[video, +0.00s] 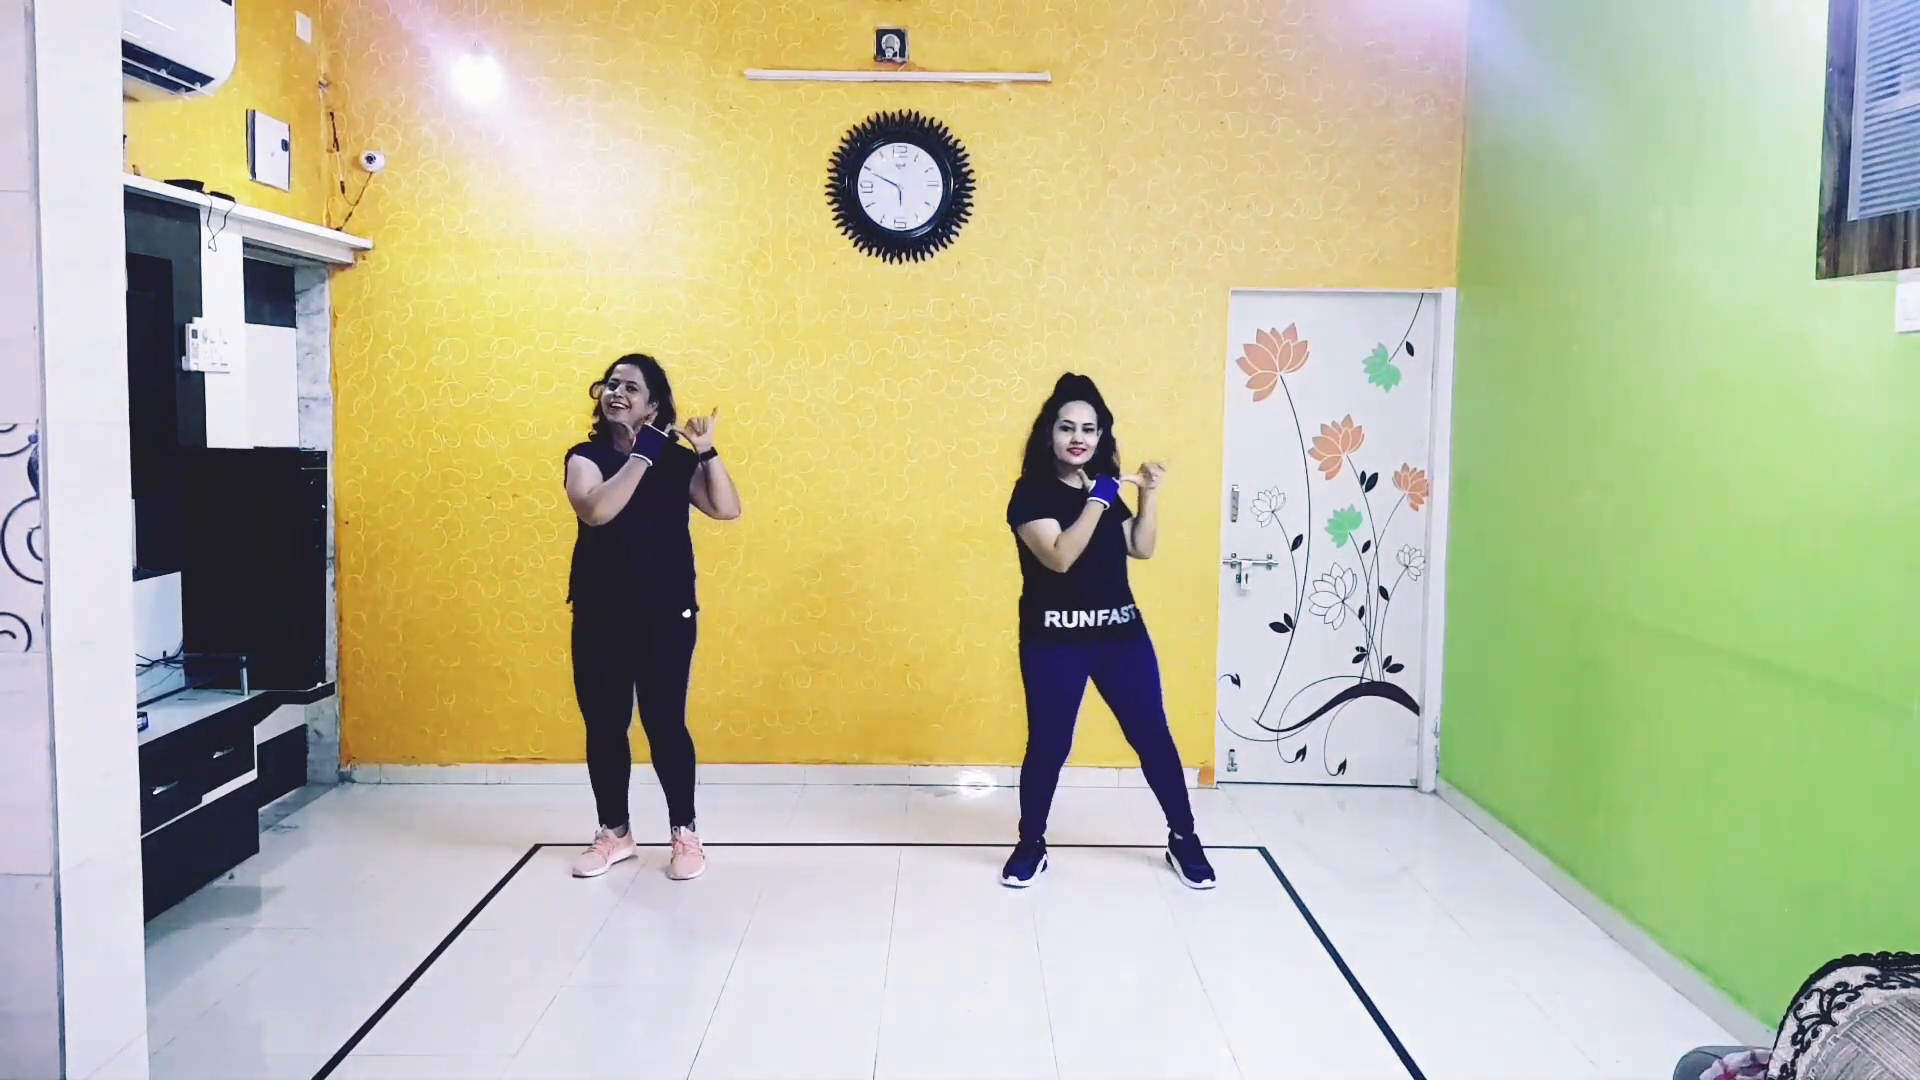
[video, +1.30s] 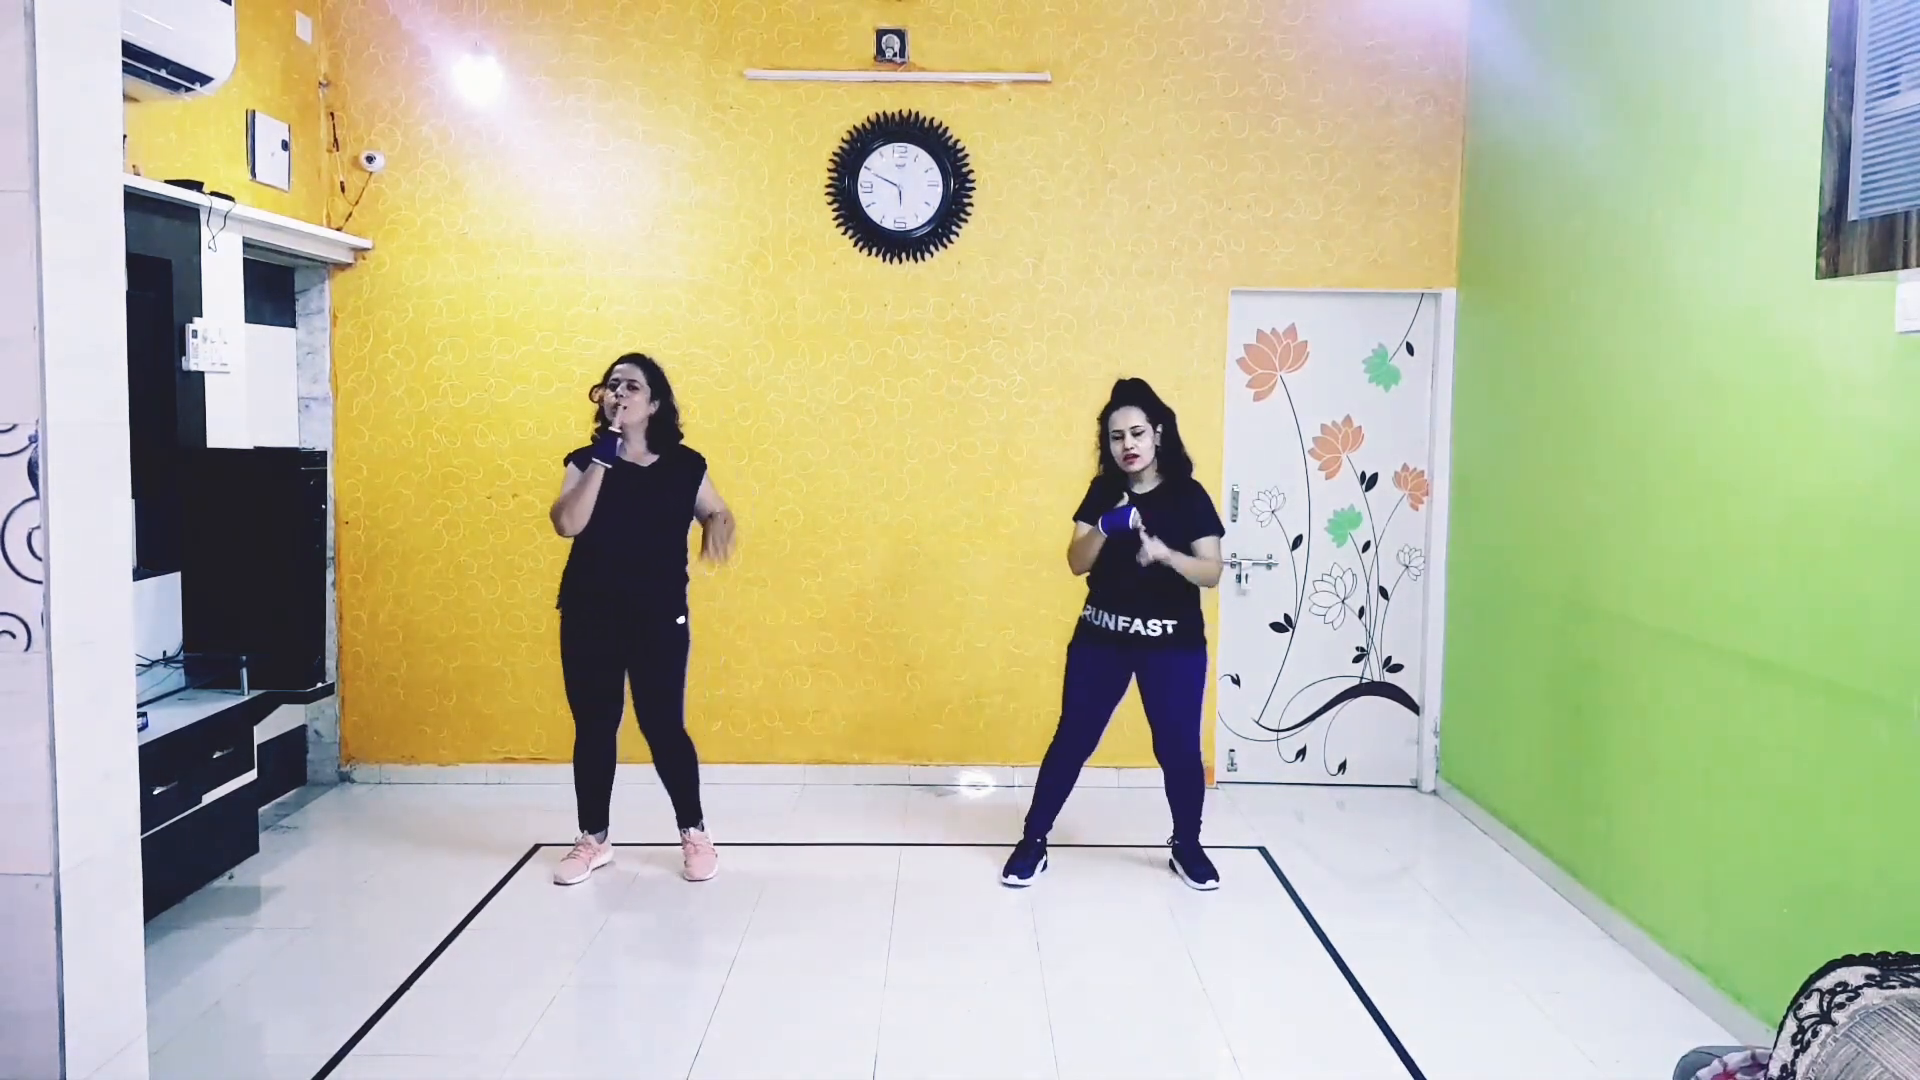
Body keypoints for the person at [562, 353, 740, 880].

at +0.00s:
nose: (617, 393)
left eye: (630, 387)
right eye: (612, 385)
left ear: (656, 403)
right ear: (601, 397)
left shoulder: (675, 457)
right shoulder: (585, 456)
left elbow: (727, 509)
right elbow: (595, 511)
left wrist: (708, 450)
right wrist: (642, 454)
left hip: (666, 611)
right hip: (601, 611)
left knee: (665, 721)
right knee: (604, 726)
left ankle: (684, 833)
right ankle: (614, 833)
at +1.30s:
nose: (615, 393)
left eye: (628, 386)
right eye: (611, 386)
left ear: (655, 401)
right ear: (602, 399)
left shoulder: (685, 467)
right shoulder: (586, 461)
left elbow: (716, 512)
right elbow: (568, 523)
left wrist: (718, 526)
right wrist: (600, 459)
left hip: (658, 618)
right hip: (590, 616)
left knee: (662, 725)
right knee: (593, 727)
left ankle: (693, 833)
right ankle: (593, 840)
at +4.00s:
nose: (641, 400)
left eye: (655, 395)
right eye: (635, 392)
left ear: (677, 412)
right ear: (622, 404)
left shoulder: (700, 474)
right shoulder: (606, 469)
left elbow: (721, 539)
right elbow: (566, 535)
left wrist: (735, 598)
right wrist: (601, 471)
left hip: (675, 625)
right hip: (604, 622)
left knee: (684, 734)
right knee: (585, 731)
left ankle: (710, 845)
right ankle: (572, 837)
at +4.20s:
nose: (614, 410)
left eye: (629, 405)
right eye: (608, 401)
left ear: (649, 422)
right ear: (595, 412)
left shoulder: (673, 482)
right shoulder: (571, 481)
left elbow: (690, 550)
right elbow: (541, 532)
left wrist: (700, 539)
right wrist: (534, 539)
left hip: (632, 633)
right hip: (566, 629)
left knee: (637, 737)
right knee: (573, 736)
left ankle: (687, 841)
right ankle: (574, 842)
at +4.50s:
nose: (610, 404)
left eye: (623, 399)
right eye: (602, 394)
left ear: (636, 413)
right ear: (581, 402)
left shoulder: (655, 471)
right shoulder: (555, 471)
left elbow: (672, 534)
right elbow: (536, 533)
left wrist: (683, 525)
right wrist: (490, 534)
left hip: (633, 625)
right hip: (565, 624)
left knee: (643, 732)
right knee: (570, 734)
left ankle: (670, 838)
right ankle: (574, 843)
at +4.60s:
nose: (621, 403)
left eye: (633, 397)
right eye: (612, 392)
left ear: (644, 411)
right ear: (590, 400)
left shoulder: (661, 471)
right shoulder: (561, 466)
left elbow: (674, 531)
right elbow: (534, 527)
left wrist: (694, 534)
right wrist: (489, 522)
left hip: (645, 623)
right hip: (577, 622)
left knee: (657, 728)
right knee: (575, 732)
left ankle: (704, 837)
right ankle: (574, 842)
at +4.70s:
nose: (629, 405)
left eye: (640, 399)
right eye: (620, 394)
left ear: (653, 412)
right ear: (600, 401)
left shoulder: (668, 474)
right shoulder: (570, 466)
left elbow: (683, 534)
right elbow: (543, 525)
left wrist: (704, 544)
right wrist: (498, 521)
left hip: (656, 625)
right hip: (587, 624)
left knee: (674, 732)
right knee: (580, 736)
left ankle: (715, 841)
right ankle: (574, 842)